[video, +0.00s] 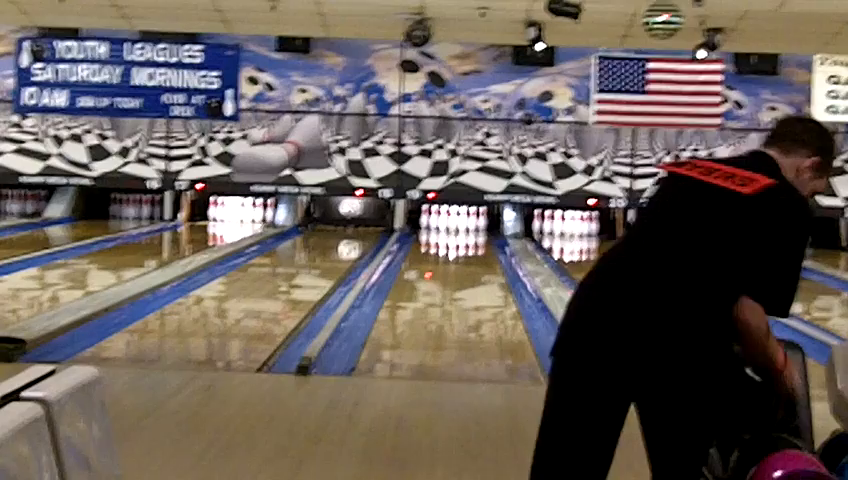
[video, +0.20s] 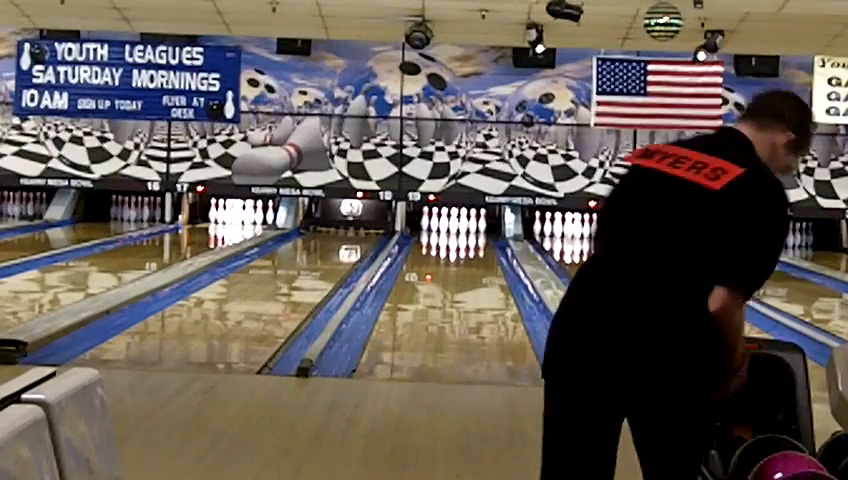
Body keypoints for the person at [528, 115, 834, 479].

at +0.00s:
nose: (810, 199)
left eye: (817, 193)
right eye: (815, 189)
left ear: (766, 146)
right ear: (807, 166)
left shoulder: (691, 169)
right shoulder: (784, 202)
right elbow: (745, 307)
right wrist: (774, 364)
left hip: (597, 320)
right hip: (677, 342)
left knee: (563, 470)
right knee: (682, 472)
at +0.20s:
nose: (789, 170)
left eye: (796, 162)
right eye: (795, 159)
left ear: (743, 121)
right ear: (784, 139)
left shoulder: (656, 154)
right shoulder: (764, 195)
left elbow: (604, 244)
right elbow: (721, 303)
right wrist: (735, 359)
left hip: (583, 337)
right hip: (669, 354)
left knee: (569, 479)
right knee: (674, 478)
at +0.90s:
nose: (700, 88)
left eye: (708, 77)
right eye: (703, 72)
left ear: (660, 47)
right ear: (672, 49)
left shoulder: (581, 111)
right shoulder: (654, 134)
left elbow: (566, 238)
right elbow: (629, 265)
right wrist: (714, 284)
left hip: (540, 340)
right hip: (607, 356)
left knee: (551, 475)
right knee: (626, 479)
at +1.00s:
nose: (720, 96)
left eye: (728, 84)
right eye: (723, 79)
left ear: (683, 51)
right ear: (691, 52)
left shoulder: (593, 114)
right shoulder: (669, 142)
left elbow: (539, 245)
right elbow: (637, 278)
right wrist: (710, 326)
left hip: (542, 340)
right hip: (611, 358)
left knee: (549, 477)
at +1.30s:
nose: (766, 99)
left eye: (776, 87)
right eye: (768, 81)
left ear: (728, 50)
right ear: (732, 53)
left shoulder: (657, 106)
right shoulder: (678, 131)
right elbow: (660, 288)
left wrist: (718, 183)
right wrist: (752, 229)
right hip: (612, 373)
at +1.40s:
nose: (774, 96)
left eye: (784, 84)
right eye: (776, 78)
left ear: (733, 49)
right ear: (736, 49)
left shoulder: (667, 108)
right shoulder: (679, 128)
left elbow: (661, 251)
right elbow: (632, 286)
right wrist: (750, 267)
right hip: (614, 366)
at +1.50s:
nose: (777, 94)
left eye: (787, 82)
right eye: (779, 76)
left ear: (737, 48)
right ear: (740, 48)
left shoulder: (670, 107)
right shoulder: (682, 129)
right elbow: (612, 282)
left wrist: (729, 299)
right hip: (619, 363)